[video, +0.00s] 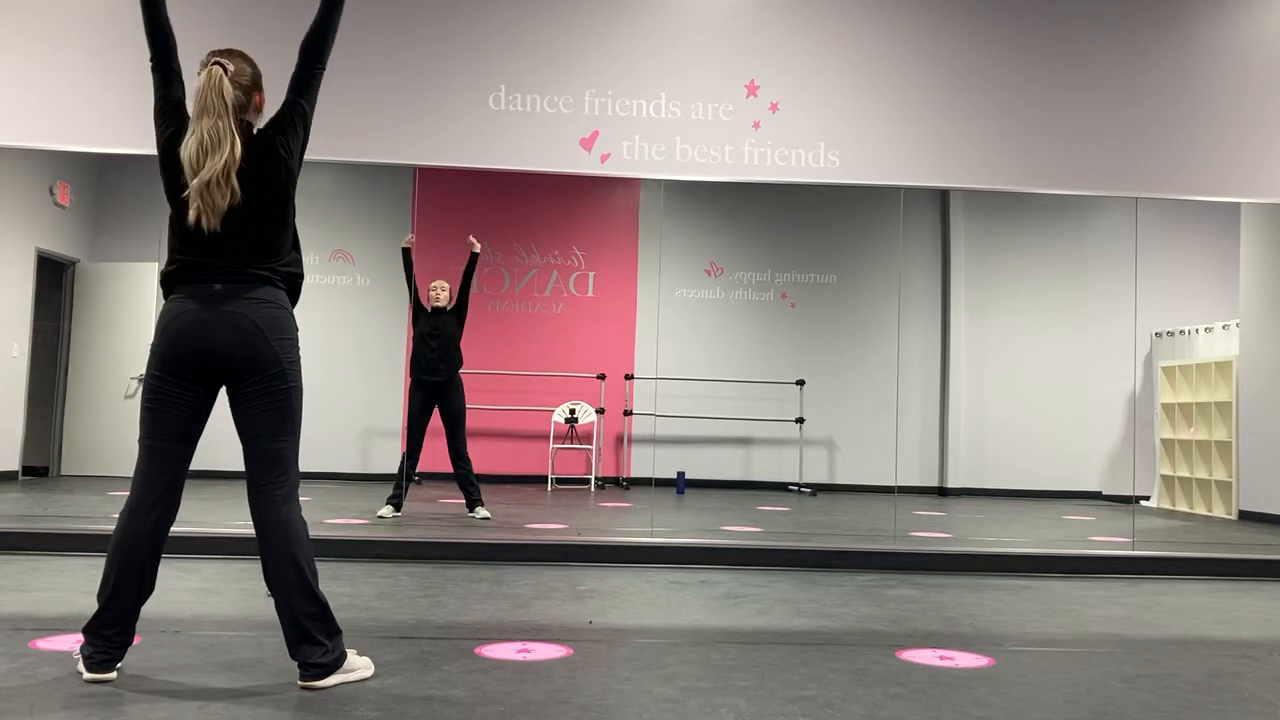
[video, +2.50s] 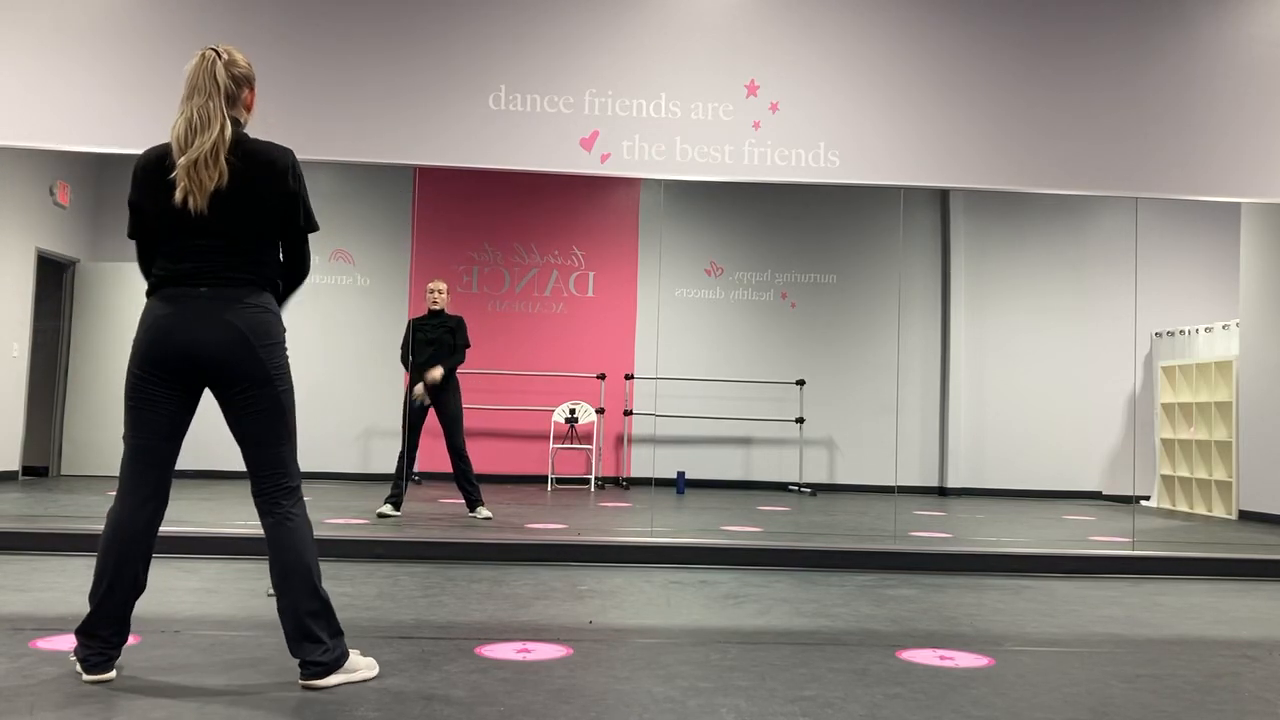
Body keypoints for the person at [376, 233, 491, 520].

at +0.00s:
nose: (437, 291)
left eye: (442, 289)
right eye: (434, 288)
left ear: (450, 296)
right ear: (428, 295)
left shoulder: (456, 316)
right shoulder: (420, 315)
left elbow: (465, 286)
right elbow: (410, 283)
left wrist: (474, 254)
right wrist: (406, 249)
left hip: (450, 387)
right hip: (421, 387)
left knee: (458, 447)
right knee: (412, 448)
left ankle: (475, 504)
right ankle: (394, 503)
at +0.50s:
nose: (437, 293)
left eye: (442, 290)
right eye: (434, 290)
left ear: (451, 296)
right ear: (428, 296)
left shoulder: (459, 319)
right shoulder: (418, 319)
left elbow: (481, 295)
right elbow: (396, 294)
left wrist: (504, 270)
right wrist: (376, 268)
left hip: (451, 389)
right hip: (421, 389)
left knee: (458, 449)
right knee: (412, 448)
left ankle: (475, 505)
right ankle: (394, 504)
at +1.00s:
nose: (437, 295)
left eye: (442, 292)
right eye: (433, 292)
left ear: (450, 298)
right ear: (428, 297)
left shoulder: (459, 323)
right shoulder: (415, 323)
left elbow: (492, 315)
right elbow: (382, 314)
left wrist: (525, 308)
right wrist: (351, 304)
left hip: (450, 390)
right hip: (421, 390)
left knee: (458, 450)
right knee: (412, 449)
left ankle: (475, 505)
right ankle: (394, 504)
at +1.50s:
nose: (437, 297)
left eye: (442, 294)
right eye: (433, 294)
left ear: (449, 299)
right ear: (427, 298)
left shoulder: (459, 325)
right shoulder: (416, 327)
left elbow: (487, 342)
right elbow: (388, 346)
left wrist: (516, 357)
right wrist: (357, 361)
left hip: (450, 390)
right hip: (421, 391)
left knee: (458, 449)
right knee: (412, 449)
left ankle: (475, 505)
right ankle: (394, 503)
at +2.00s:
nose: (436, 297)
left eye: (440, 293)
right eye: (432, 293)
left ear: (448, 298)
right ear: (426, 297)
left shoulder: (458, 326)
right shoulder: (417, 327)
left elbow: (469, 358)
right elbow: (402, 360)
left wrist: (484, 387)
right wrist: (383, 388)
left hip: (450, 390)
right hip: (420, 391)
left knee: (458, 448)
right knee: (411, 448)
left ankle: (475, 505)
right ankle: (394, 504)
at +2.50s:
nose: (435, 295)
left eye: (440, 292)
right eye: (431, 291)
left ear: (447, 297)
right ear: (425, 296)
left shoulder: (456, 322)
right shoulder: (414, 324)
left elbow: (460, 354)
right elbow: (405, 355)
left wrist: (441, 368)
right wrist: (417, 379)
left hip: (446, 388)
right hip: (418, 388)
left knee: (457, 446)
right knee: (408, 446)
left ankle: (475, 504)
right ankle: (393, 503)